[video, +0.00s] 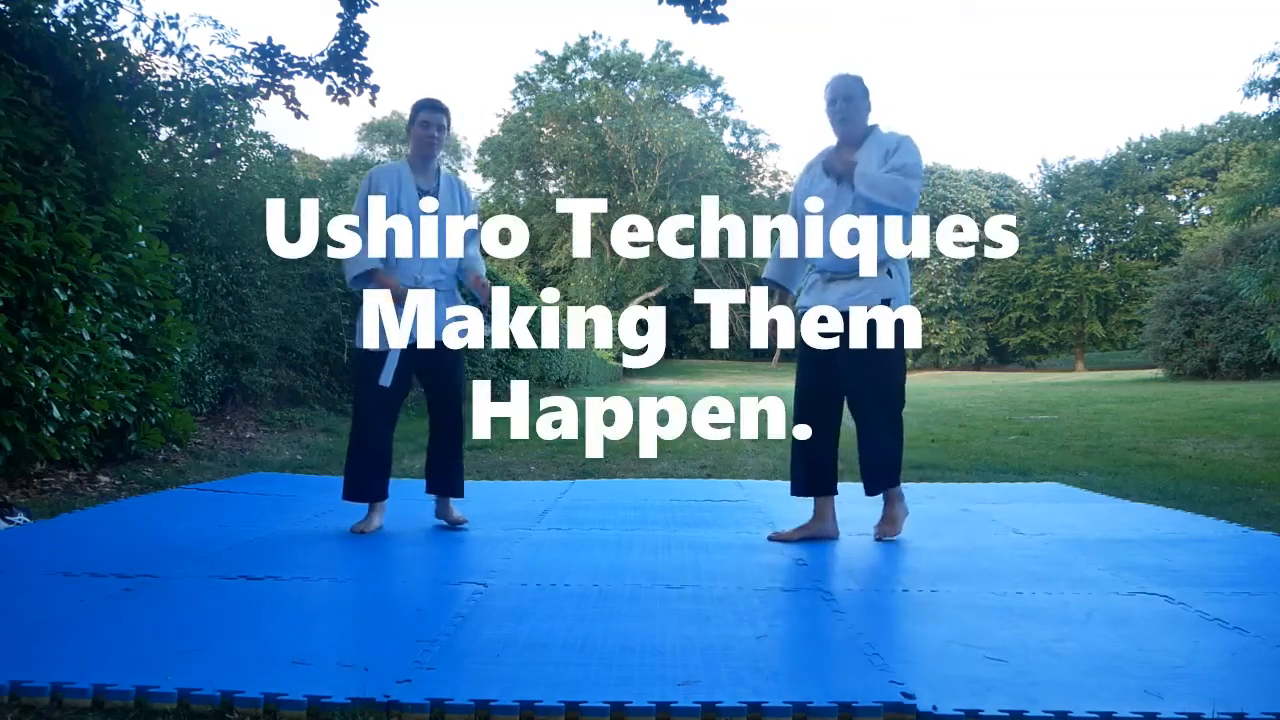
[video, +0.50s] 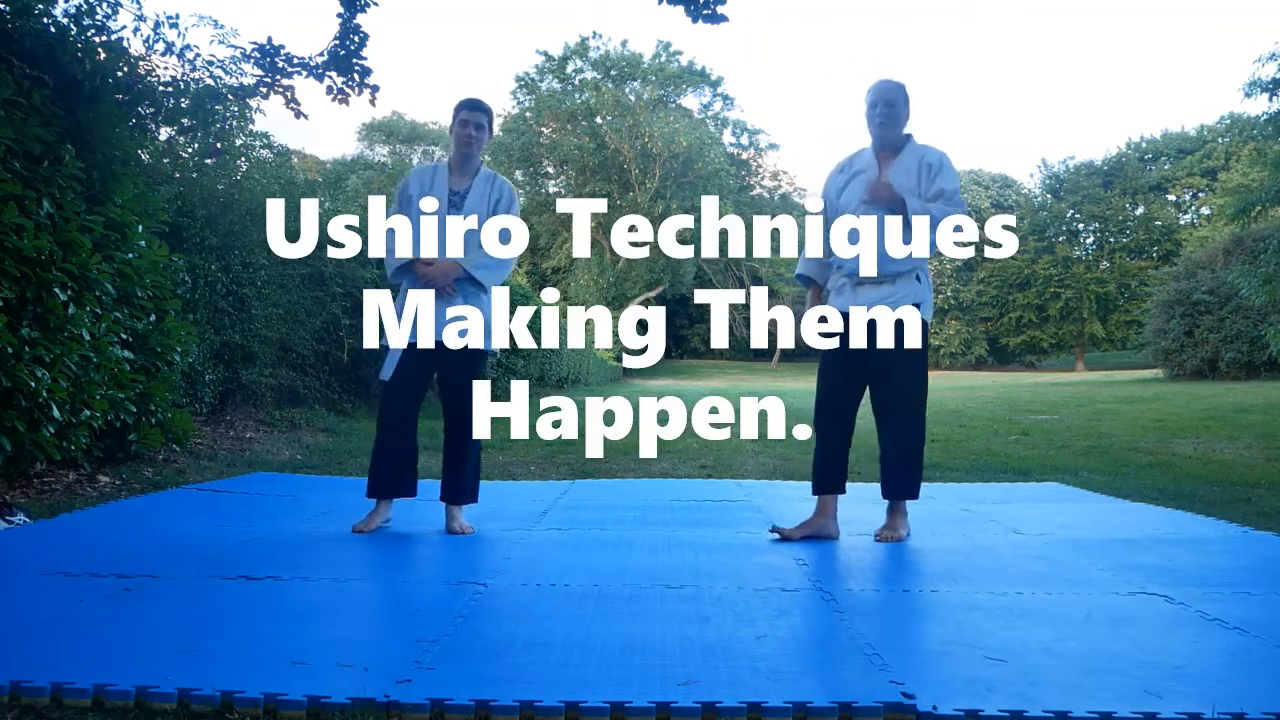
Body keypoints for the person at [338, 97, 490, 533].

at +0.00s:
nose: (432, 133)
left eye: (439, 128)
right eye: (426, 125)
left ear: (447, 137)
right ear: (409, 130)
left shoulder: (459, 190)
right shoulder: (381, 178)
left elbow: (470, 248)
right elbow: (358, 240)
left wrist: (478, 279)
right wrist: (384, 279)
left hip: (442, 313)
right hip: (386, 310)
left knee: (448, 406)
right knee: (376, 407)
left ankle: (445, 500)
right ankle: (376, 505)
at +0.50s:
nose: (471, 131)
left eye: (479, 126)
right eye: (464, 124)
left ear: (489, 137)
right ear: (450, 130)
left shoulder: (500, 190)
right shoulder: (417, 179)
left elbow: (504, 252)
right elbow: (395, 239)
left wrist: (457, 265)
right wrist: (424, 274)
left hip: (470, 312)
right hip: (415, 308)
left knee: (462, 410)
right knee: (396, 401)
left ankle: (455, 508)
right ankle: (383, 504)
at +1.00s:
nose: (464, 128)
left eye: (472, 123)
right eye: (458, 121)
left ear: (485, 133)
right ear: (446, 130)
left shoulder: (503, 188)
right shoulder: (419, 183)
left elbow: (516, 253)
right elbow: (394, 246)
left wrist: (474, 278)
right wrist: (421, 277)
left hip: (475, 318)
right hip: (420, 315)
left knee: (466, 415)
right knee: (404, 409)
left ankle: (455, 509)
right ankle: (388, 508)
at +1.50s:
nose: (455, 127)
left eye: (463, 122)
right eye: (448, 121)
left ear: (476, 133)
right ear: (438, 130)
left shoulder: (498, 188)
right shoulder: (410, 183)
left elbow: (517, 249)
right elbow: (386, 238)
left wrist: (492, 283)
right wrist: (397, 277)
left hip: (470, 313)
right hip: (415, 310)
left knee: (463, 412)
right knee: (400, 408)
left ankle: (455, 509)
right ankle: (387, 508)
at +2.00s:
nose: (458, 130)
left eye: (466, 125)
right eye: (452, 123)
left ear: (478, 135)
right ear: (440, 131)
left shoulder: (498, 189)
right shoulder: (412, 183)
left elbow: (510, 258)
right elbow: (396, 243)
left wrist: (483, 293)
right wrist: (404, 287)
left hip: (471, 314)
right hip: (415, 308)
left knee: (463, 411)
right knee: (401, 406)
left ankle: (455, 509)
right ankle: (387, 508)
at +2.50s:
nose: (441, 132)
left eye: (448, 125)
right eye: (434, 126)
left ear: (462, 132)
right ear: (424, 134)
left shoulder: (485, 185)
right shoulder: (402, 184)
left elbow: (489, 249)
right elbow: (386, 250)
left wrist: (443, 270)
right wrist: (415, 281)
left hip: (462, 316)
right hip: (408, 315)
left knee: (459, 413)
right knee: (396, 409)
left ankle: (454, 511)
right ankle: (387, 509)